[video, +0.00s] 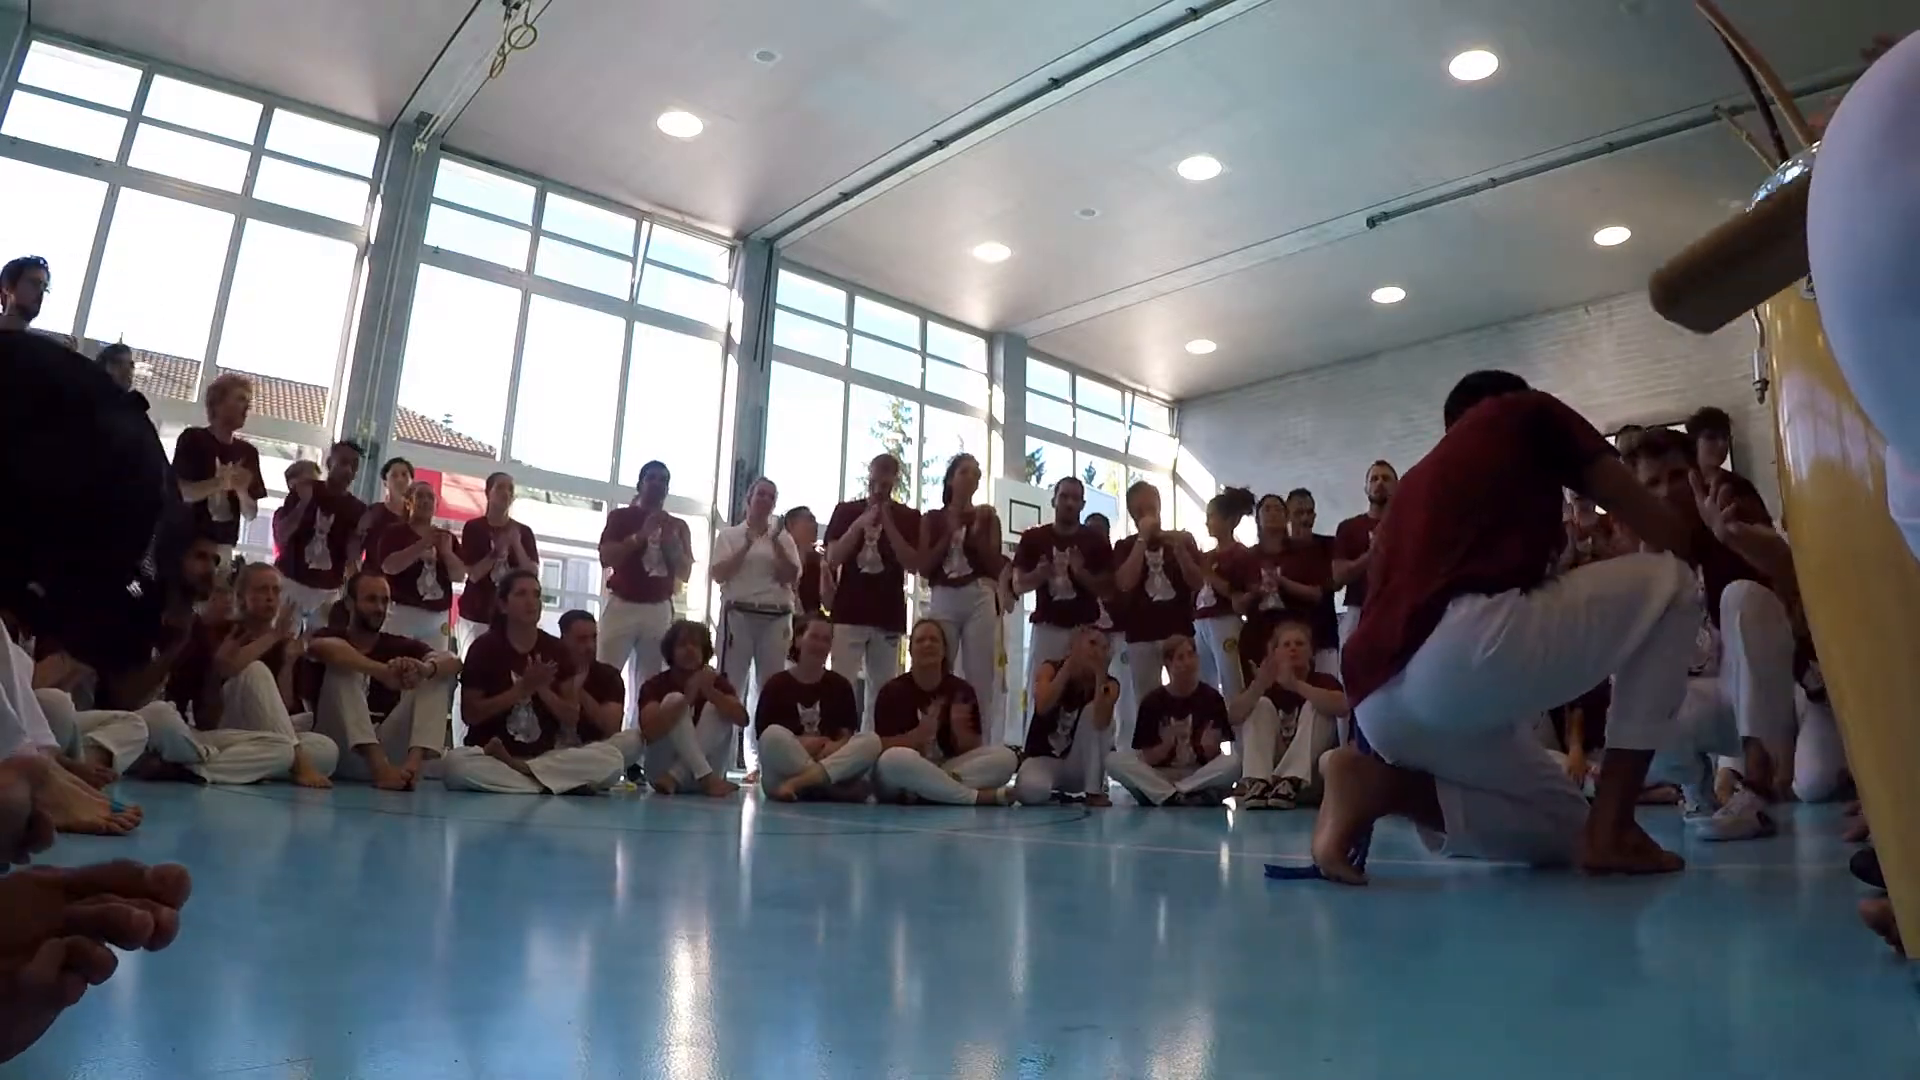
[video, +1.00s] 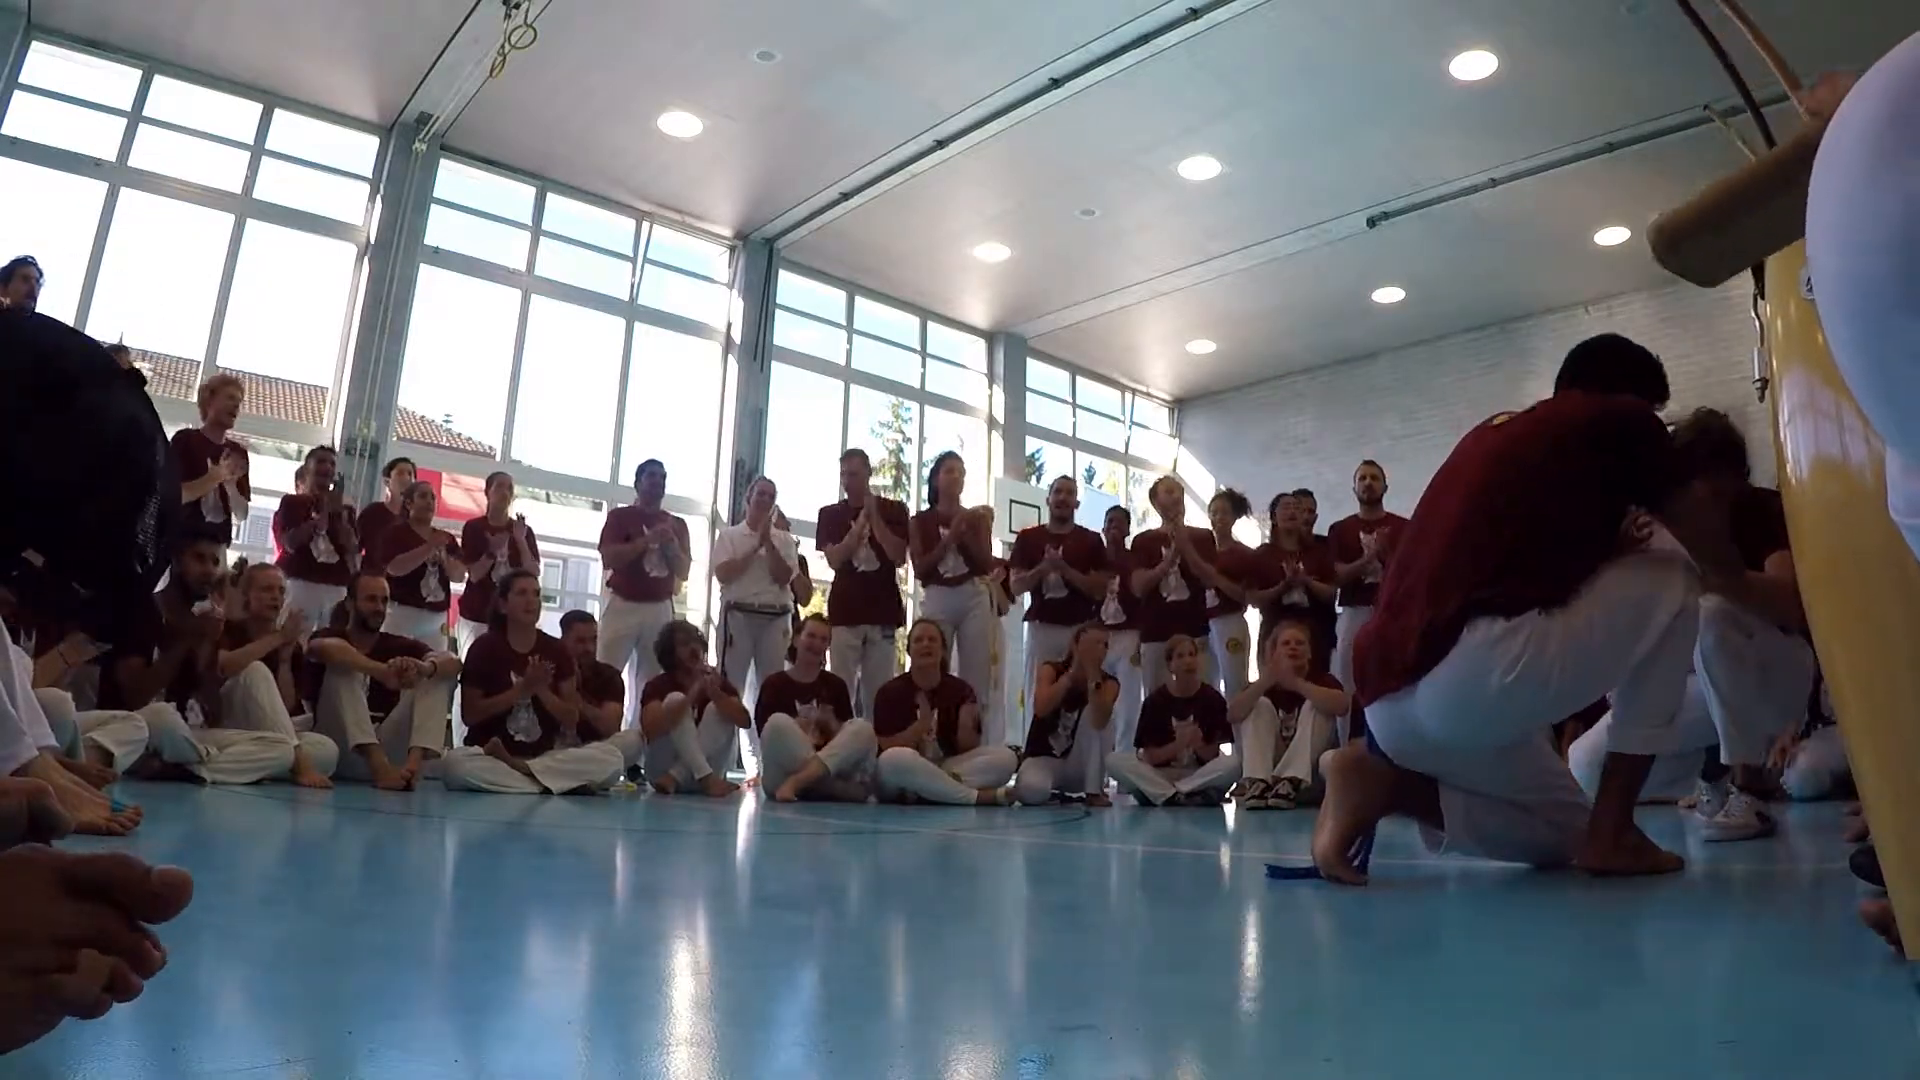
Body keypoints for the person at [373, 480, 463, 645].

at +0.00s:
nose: (425, 501)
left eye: (430, 497)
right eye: (420, 496)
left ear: (436, 504)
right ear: (409, 502)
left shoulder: (447, 538)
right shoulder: (395, 532)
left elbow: (459, 576)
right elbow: (388, 567)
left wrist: (447, 552)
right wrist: (422, 544)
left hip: (437, 614)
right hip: (401, 610)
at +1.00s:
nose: (429, 502)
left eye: (432, 498)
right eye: (423, 497)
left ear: (436, 504)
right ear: (409, 503)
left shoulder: (445, 538)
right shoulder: (395, 533)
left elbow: (459, 576)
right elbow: (394, 568)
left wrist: (444, 559)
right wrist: (430, 546)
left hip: (436, 614)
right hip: (402, 611)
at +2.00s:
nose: (429, 502)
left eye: (432, 497)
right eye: (423, 496)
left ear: (436, 502)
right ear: (407, 501)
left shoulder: (441, 537)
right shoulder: (397, 532)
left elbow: (456, 579)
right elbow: (392, 569)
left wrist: (457, 551)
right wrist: (427, 548)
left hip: (434, 614)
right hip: (401, 610)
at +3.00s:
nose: (427, 502)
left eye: (430, 497)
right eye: (421, 497)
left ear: (433, 502)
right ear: (407, 503)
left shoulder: (441, 536)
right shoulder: (396, 531)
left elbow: (457, 577)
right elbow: (392, 568)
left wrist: (446, 552)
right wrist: (430, 549)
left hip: (433, 614)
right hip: (401, 610)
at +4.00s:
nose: (424, 502)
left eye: (426, 496)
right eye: (417, 497)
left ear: (431, 500)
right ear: (403, 504)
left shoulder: (440, 534)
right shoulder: (392, 535)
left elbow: (457, 577)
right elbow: (392, 569)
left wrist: (443, 554)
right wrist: (430, 548)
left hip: (434, 615)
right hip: (400, 612)